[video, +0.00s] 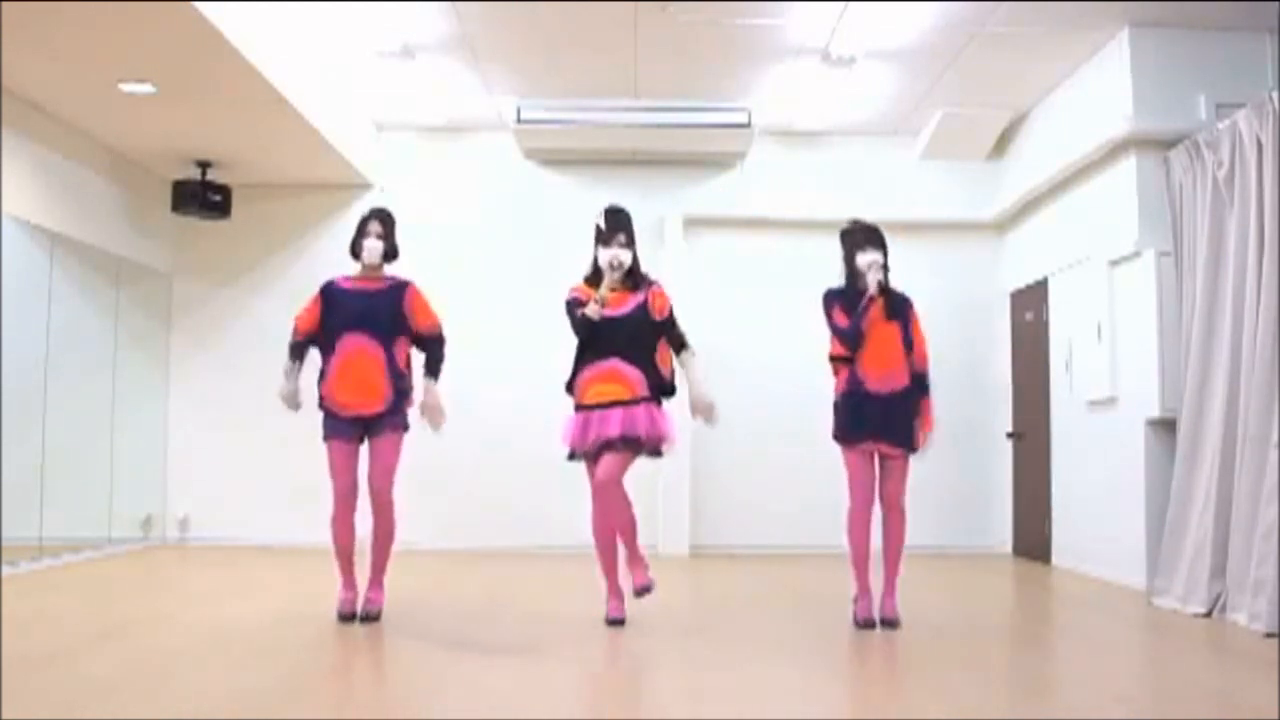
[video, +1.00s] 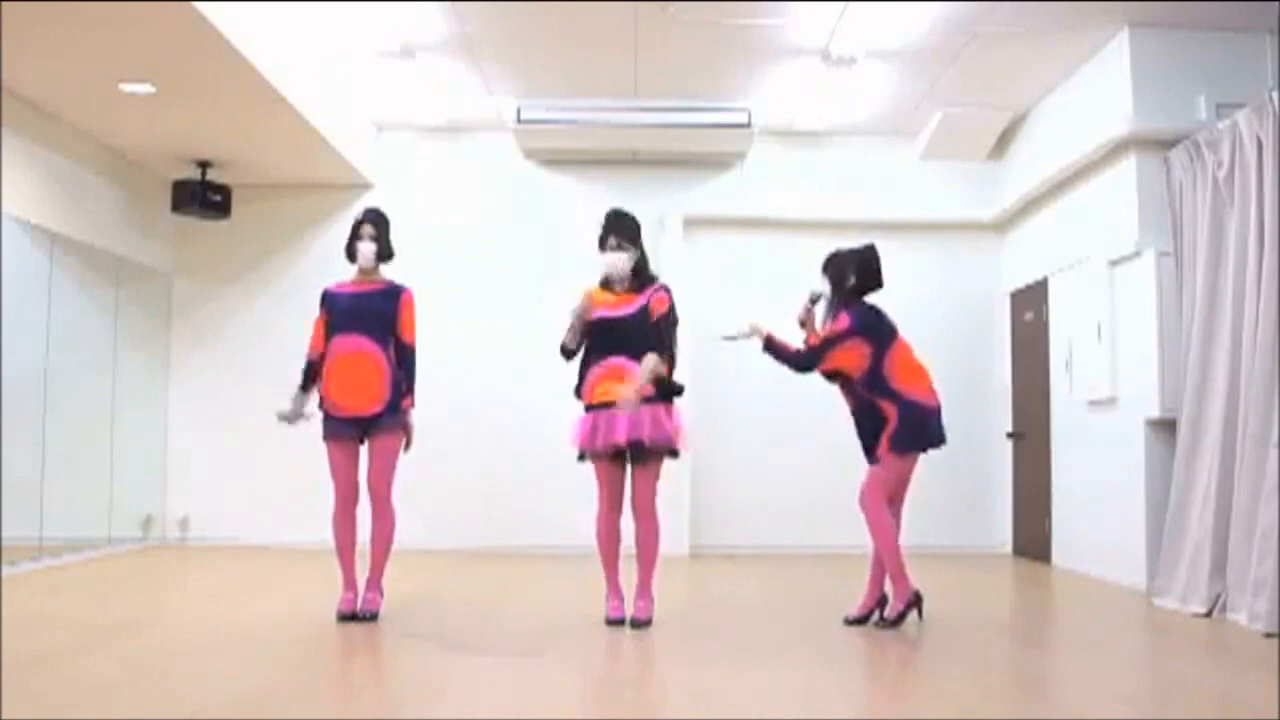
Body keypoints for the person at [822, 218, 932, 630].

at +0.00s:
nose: (870, 261)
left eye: (875, 253)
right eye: (861, 254)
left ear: (885, 256)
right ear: (848, 259)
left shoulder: (900, 304)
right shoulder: (837, 300)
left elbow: (918, 359)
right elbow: (847, 340)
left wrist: (924, 408)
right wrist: (870, 296)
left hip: (897, 403)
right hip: (855, 403)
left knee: (893, 501)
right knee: (862, 500)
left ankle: (890, 593)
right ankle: (862, 593)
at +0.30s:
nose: (870, 259)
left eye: (878, 251)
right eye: (864, 250)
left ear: (891, 255)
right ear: (854, 254)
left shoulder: (906, 298)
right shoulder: (844, 301)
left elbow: (906, 351)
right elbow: (837, 352)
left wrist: (900, 400)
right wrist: (851, 308)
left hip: (902, 409)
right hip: (857, 410)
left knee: (897, 502)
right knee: (863, 500)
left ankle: (889, 593)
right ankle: (861, 593)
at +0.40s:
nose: (857, 259)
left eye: (863, 250)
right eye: (853, 251)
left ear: (884, 253)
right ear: (850, 255)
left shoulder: (899, 295)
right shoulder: (851, 298)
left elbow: (869, 327)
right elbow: (839, 354)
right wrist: (834, 311)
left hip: (900, 403)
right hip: (859, 403)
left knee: (896, 502)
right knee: (865, 498)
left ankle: (890, 594)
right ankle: (862, 593)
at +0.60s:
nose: (839, 268)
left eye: (844, 260)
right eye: (840, 261)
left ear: (860, 263)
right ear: (874, 264)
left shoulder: (868, 305)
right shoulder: (869, 303)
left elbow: (815, 346)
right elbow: (838, 349)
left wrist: (778, 325)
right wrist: (816, 313)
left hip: (906, 410)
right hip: (893, 409)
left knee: (880, 498)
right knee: (876, 500)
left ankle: (906, 593)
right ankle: (873, 592)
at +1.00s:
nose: (824, 285)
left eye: (828, 278)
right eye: (826, 277)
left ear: (840, 282)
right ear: (860, 280)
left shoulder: (855, 322)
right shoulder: (867, 317)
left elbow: (804, 361)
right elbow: (835, 364)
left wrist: (764, 339)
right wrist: (812, 331)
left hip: (907, 415)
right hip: (914, 412)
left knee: (871, 498)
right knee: (888, 506)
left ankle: (903, 590)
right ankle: (875, 594)